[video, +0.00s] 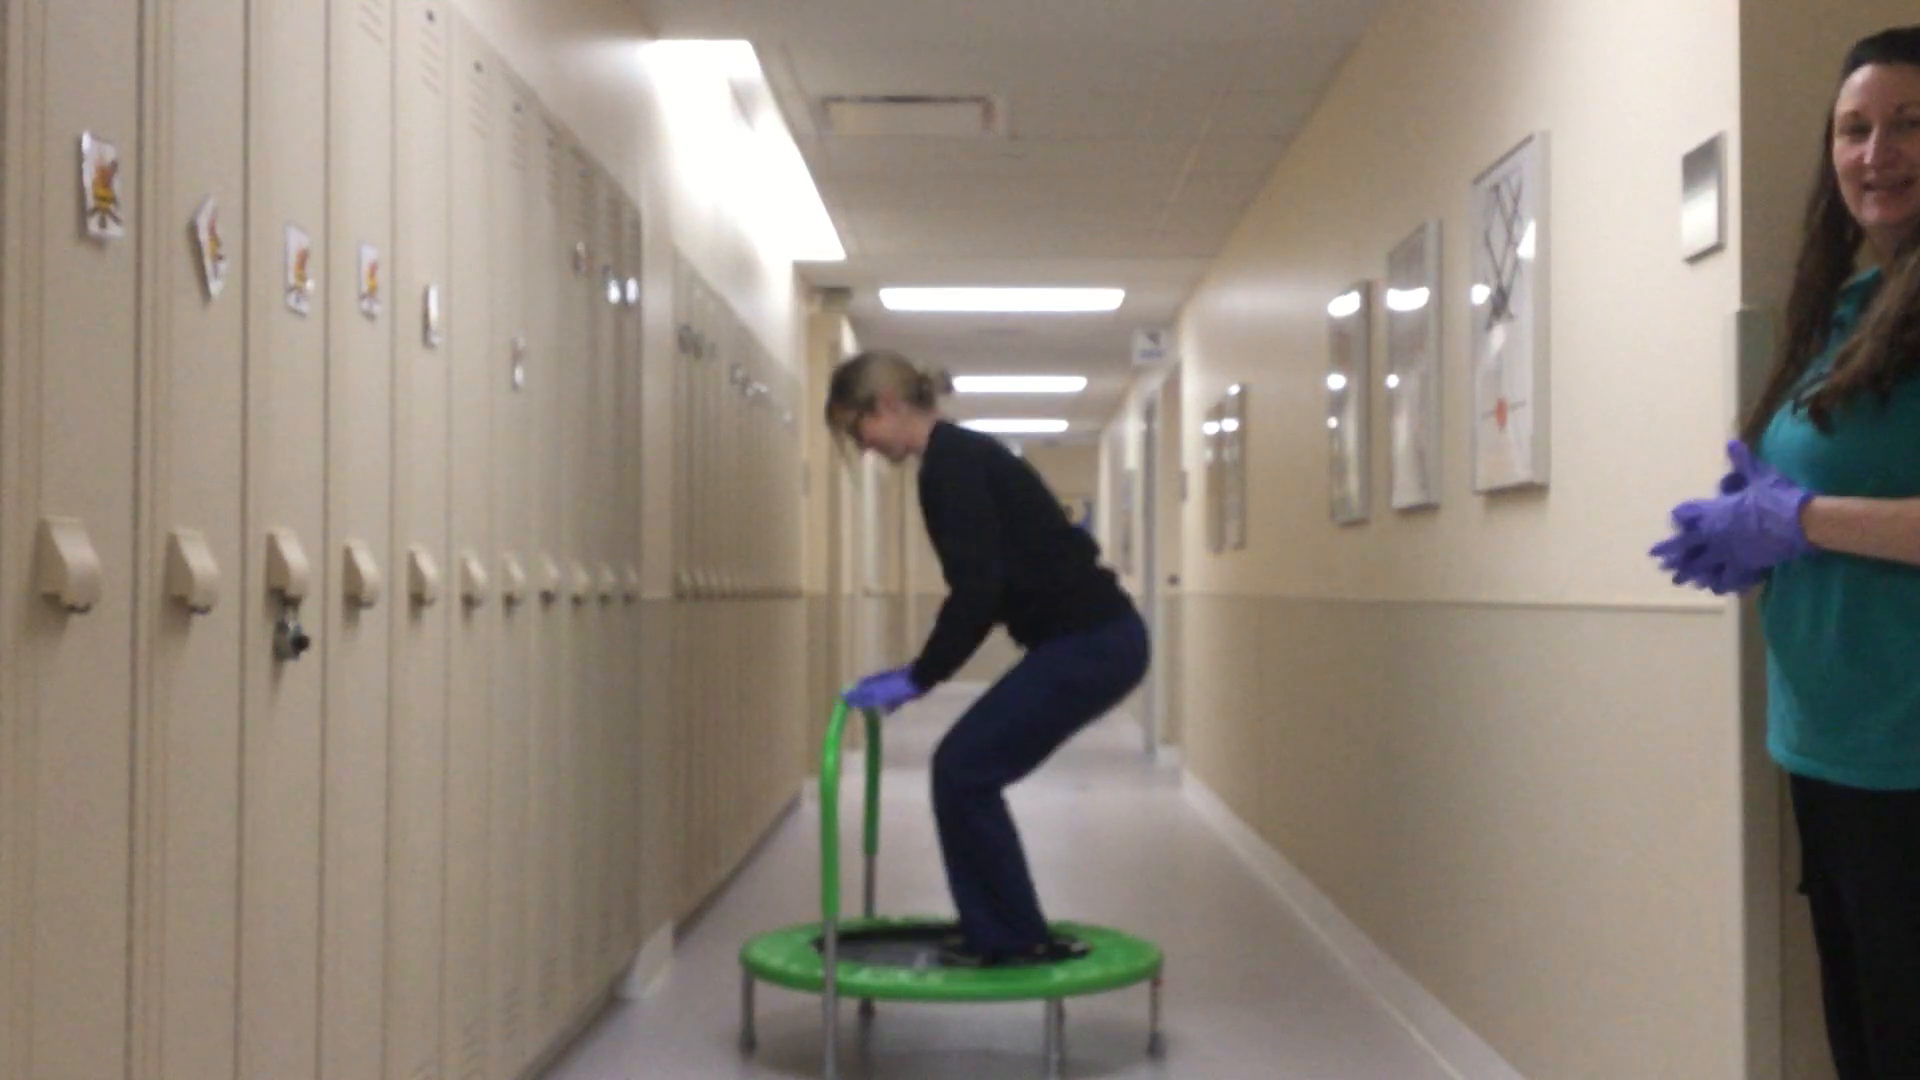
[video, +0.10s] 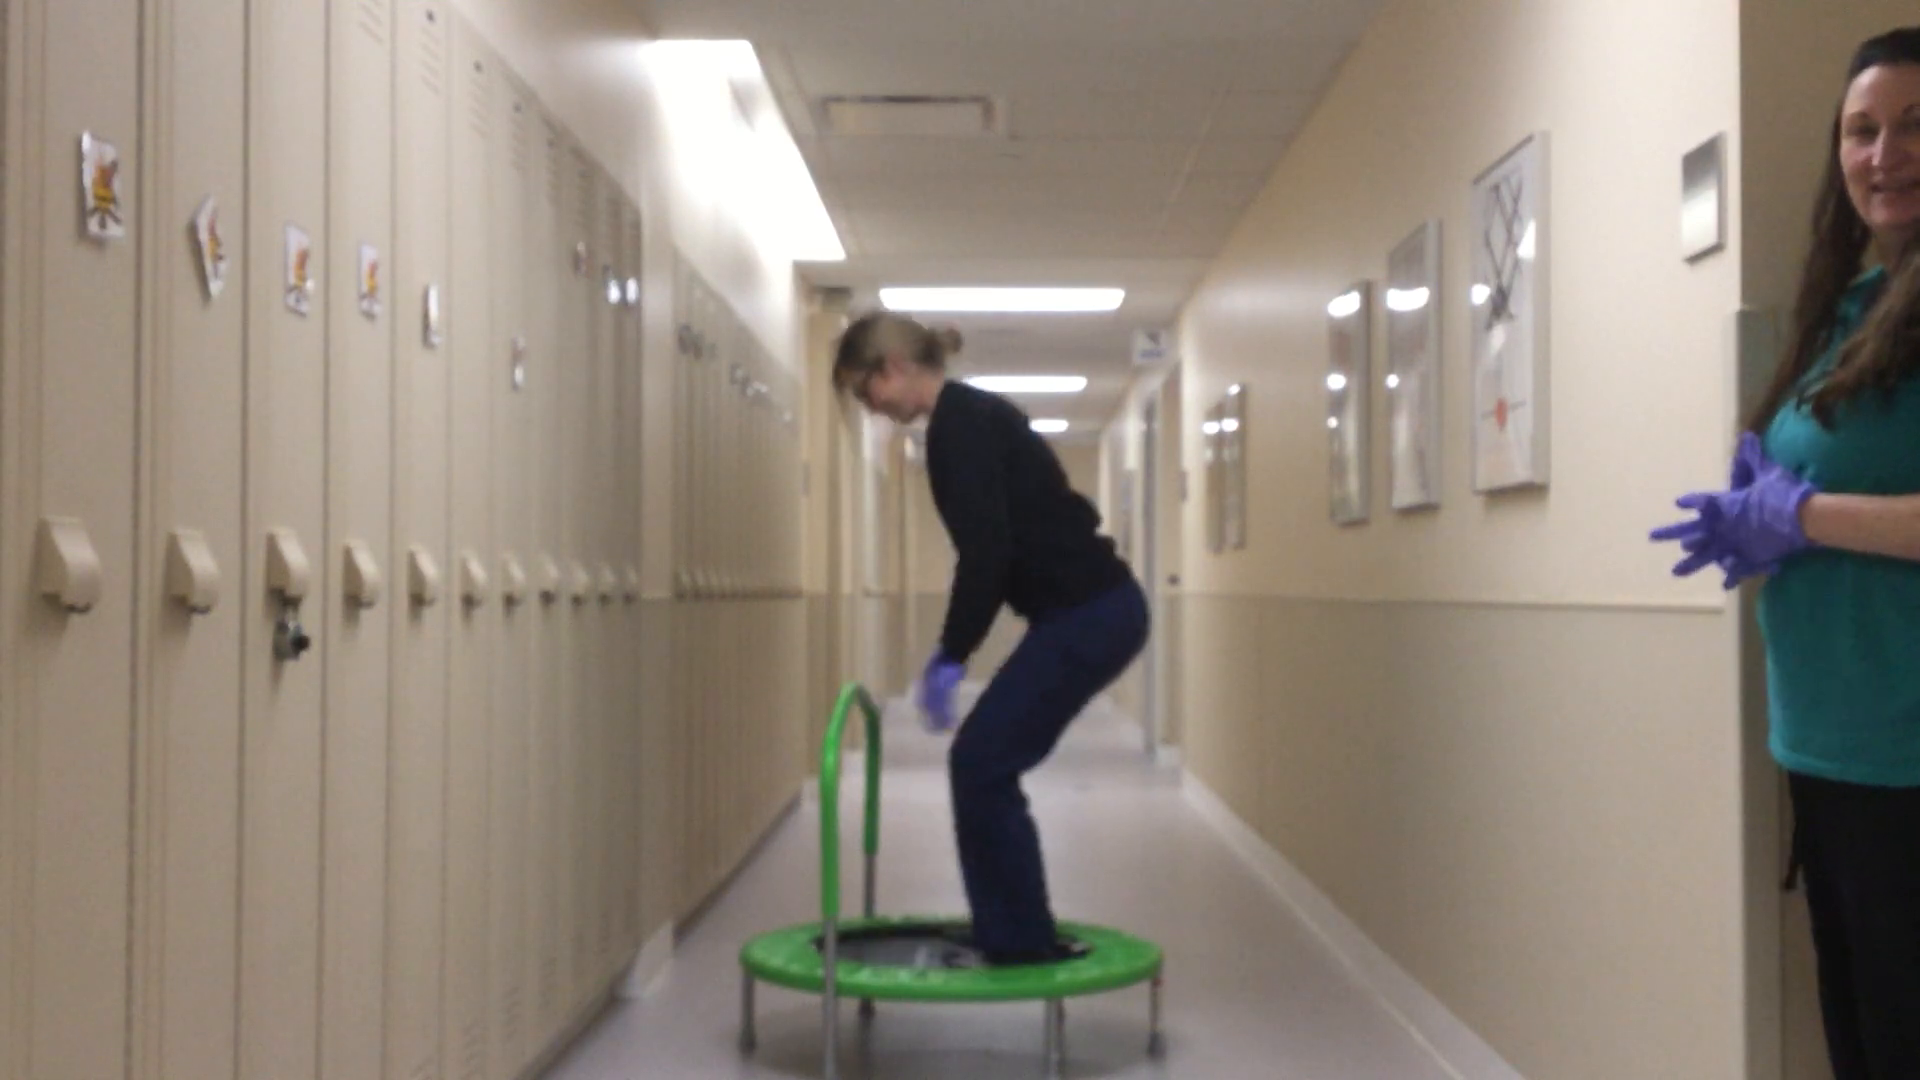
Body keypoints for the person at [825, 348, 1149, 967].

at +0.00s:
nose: (862, 442)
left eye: (859, 426)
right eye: (854, 432)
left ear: (888, 404)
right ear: (894, 406)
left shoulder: (954, 463)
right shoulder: (951, 459)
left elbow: (979, 589)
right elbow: (977, 590)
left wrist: (916, 679)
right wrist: (916, 675)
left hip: (1094, 644)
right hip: (1086, 641)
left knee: (963, 767)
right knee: (961, 765)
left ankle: (1011, 937)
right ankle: (1002, 932)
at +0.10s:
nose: (873, 406)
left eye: (871, 389)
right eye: (865, 396)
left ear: (897, 365)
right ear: (901, 368)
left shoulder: (963, 424)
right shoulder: (961, 420)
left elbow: (987, 550)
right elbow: (985, 551)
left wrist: (951, 656)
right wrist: (951, 655)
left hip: (1092, 615)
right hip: (1089, 612)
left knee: (982, 759)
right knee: (982, 758)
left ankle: (1016, 942)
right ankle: (1016, 937)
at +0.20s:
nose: (883, 380)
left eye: (879, 363)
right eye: (874, 370)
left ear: (904, 335)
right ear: (907, 337)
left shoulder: (974, 389)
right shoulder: (968, 390)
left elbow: (999, 517)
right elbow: (997, 520)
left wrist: (984, 630)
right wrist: (984, 628)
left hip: (1087, 596)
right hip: (1080, 595)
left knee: (997, 754)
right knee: (996, 754)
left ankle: (1023, 942)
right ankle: (1023, 938)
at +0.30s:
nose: (898, 365)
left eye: (891, 349)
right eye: (887, 358)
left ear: (914, 317)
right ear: (914, 319)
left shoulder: (985, 368)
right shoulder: (982, 368)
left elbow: (1014, 493)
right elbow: (1008, 496)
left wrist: (1009, 608)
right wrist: (1001, 606)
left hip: (1076, 588)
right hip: (1069, 585)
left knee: (1005, 759)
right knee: (1006, 759)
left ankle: (1026, 942)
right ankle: (1027, 937)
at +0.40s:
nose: (903, 357)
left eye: (896, 341)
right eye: (892, 348)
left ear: (921, 309)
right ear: (921, 311)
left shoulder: (991, 361)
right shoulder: (990, 360)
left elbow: (1017, 483)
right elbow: (1012, 483)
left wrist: (1014, 599)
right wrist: (1009, 592)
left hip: (1068, 584)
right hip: (1065, 581)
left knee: (1011, 761)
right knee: (1012, 760)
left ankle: (1024, 940)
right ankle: (1026, 935)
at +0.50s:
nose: (904, 347)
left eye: (899, 331)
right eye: (894, 338)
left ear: (927, 301)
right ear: (926, 306)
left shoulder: (995, 354)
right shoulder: (989, 355)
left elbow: (1017, 478)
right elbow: (1009, 481)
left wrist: (1007, 593)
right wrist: (1001, 589)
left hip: (1064, 579)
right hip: (1057, 577)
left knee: (1015, 759)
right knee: (1017, 758)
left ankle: (1024, 941)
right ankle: (1027, 935)